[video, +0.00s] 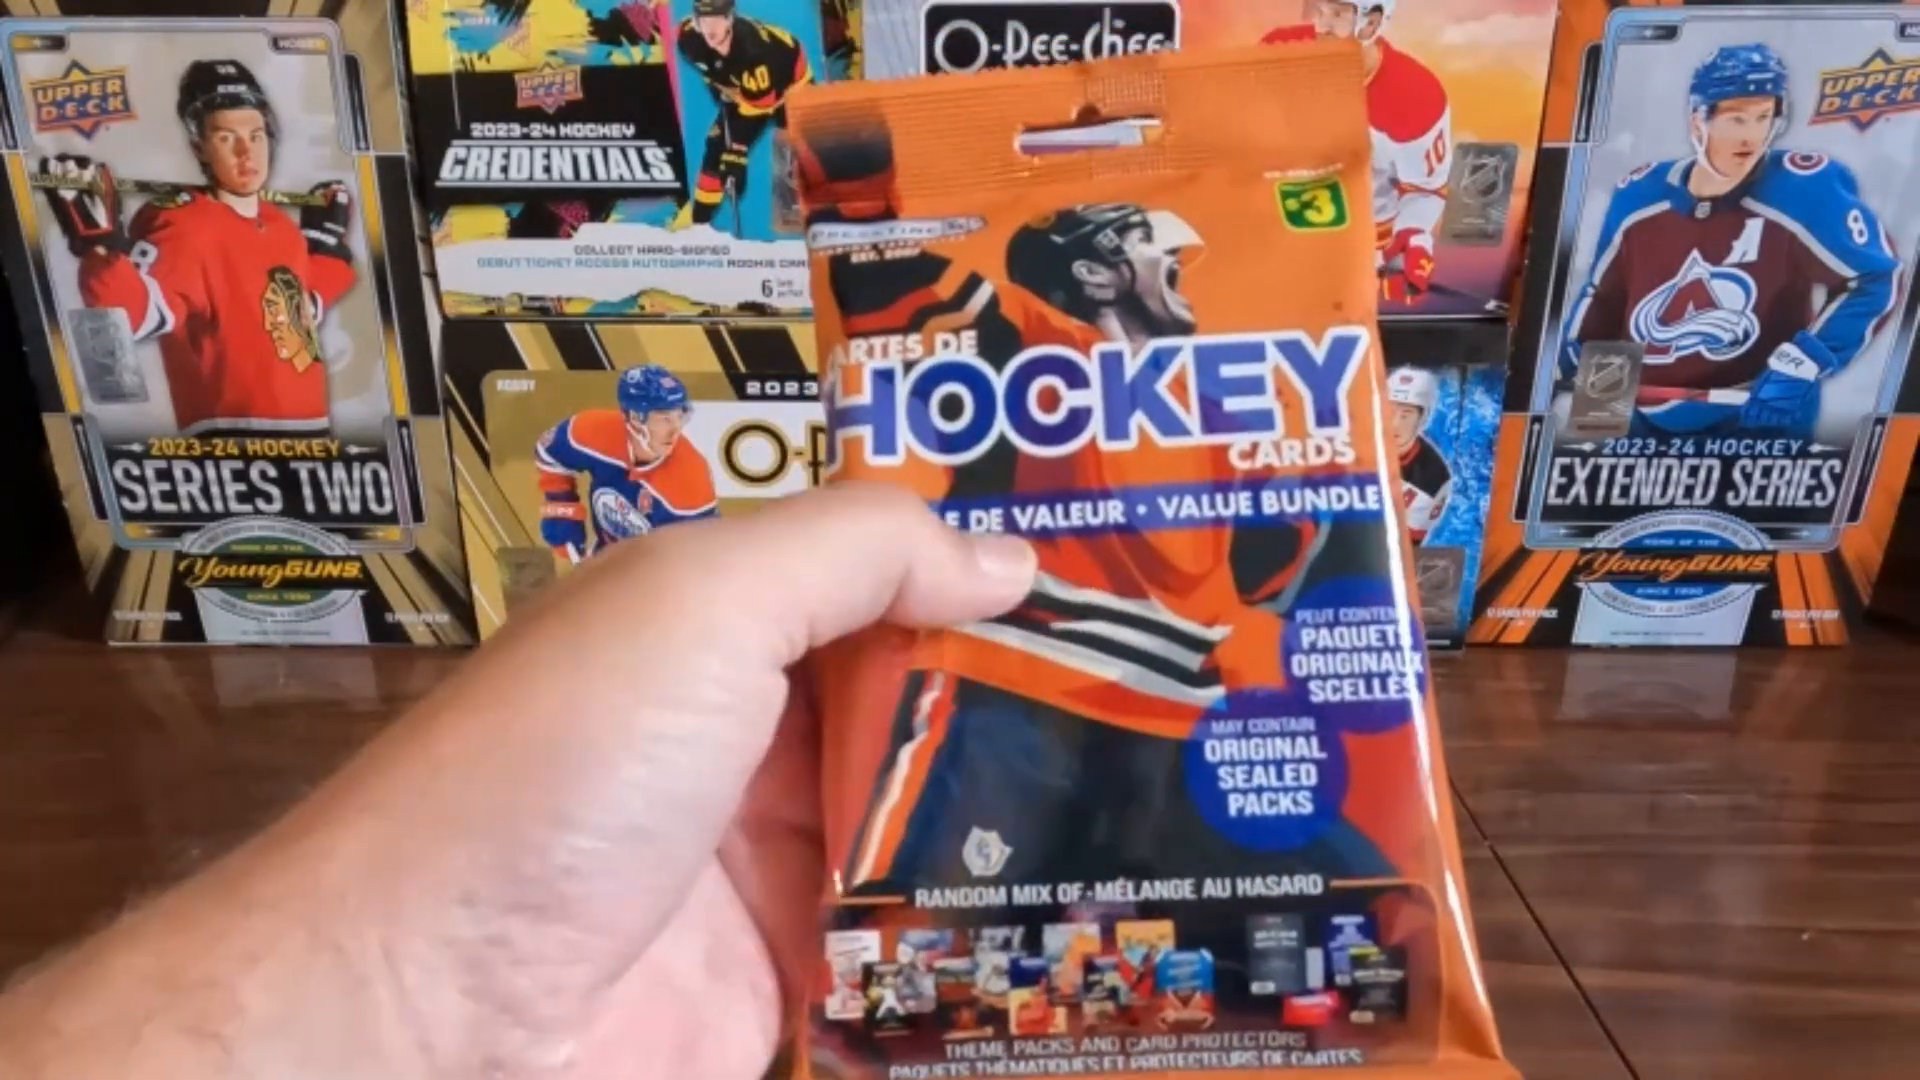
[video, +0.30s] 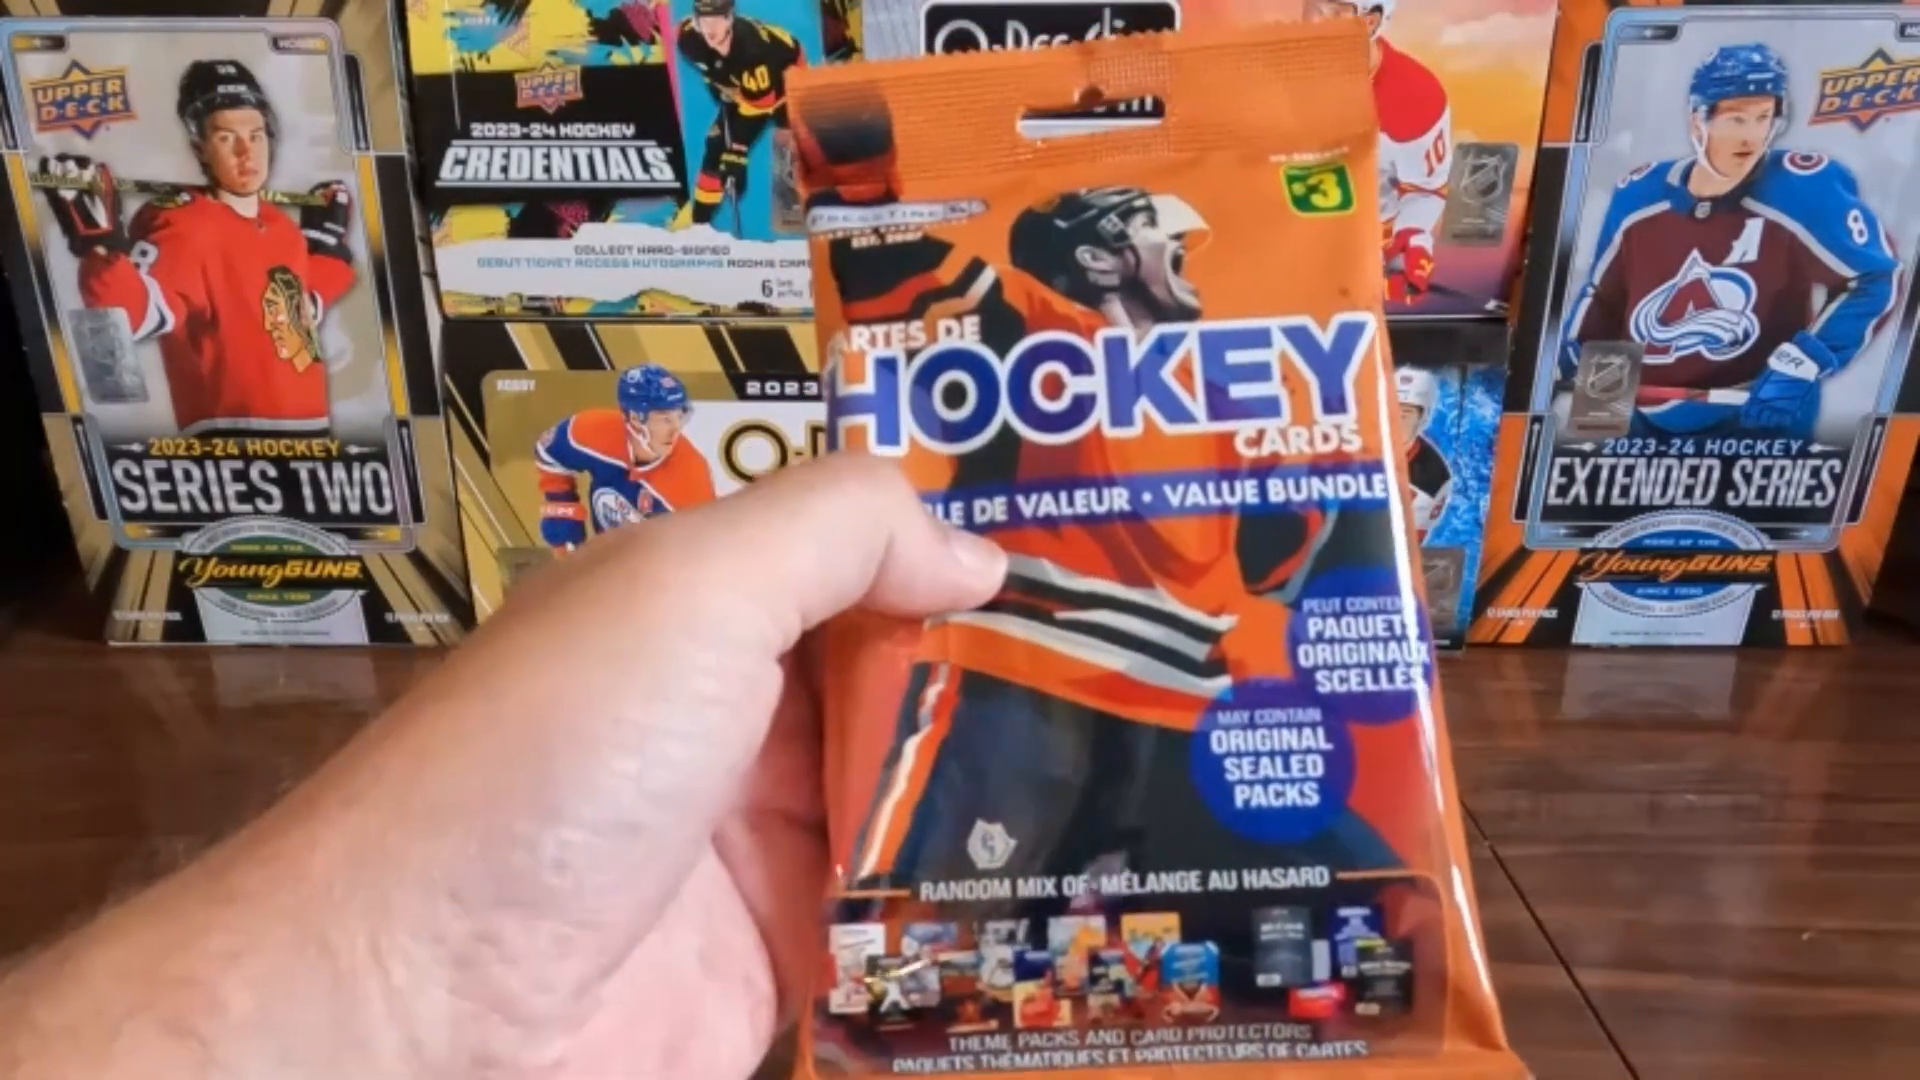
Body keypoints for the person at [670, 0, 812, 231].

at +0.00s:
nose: (710, 30)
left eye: (716, 21)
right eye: (704, 22)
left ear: (730, 19)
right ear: (696, 22)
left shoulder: (753, 50)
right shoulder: (688, 38)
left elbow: (757, 109)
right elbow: (711, 72)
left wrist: (736, 153)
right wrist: (726, 92)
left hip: (789, 92)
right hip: (739, 96)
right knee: (718, 145)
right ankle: (699, 218)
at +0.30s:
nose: (711, 30)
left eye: (717, 22)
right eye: (705, 22)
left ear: (730, 19)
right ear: (695, 22)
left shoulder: (751, 49)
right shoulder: (688, 38)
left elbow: (757, 108)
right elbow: (711, 71)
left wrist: (737, 152)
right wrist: (726, 90)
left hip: (787, 84)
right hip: (739, 91)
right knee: (717, 147)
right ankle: (700, 220)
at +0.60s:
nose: (709, 30)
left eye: (716, 22)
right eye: (704, 22)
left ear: (730, 18)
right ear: (696, 21)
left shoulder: (754, 39)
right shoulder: (688, 37)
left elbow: (753, 103)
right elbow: (711, 74)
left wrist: (737, 152)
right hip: (734, 103)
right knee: (715, 151)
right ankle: (699, 223)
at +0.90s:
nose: (710, 29)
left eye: (716, 21)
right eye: (704, 22)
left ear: (730, 19)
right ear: (696, 21)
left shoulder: (751, 37)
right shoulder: (688, 38)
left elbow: (752, 101)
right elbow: (710, 75)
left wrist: (736, 154)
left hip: (767, 103)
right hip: (731, 106)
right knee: (714, 152)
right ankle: (699, 222)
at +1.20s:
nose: (709, 29)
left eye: (715, 22)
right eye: (704, 22)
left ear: (729, 19)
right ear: (696, 21)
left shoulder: (750, 36)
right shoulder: (688, 38)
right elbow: (710, 75)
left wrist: (735, 156)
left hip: (765, 104)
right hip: (730, 105)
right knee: (714, 150)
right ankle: (699, 221)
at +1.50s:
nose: (709, 32)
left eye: (715, 24)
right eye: (703, 24)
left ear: (729, 19)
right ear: (696, 22)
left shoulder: (755, 37)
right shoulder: (689, 38)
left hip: (761, 110)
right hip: (729, 110)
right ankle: (698, 224)